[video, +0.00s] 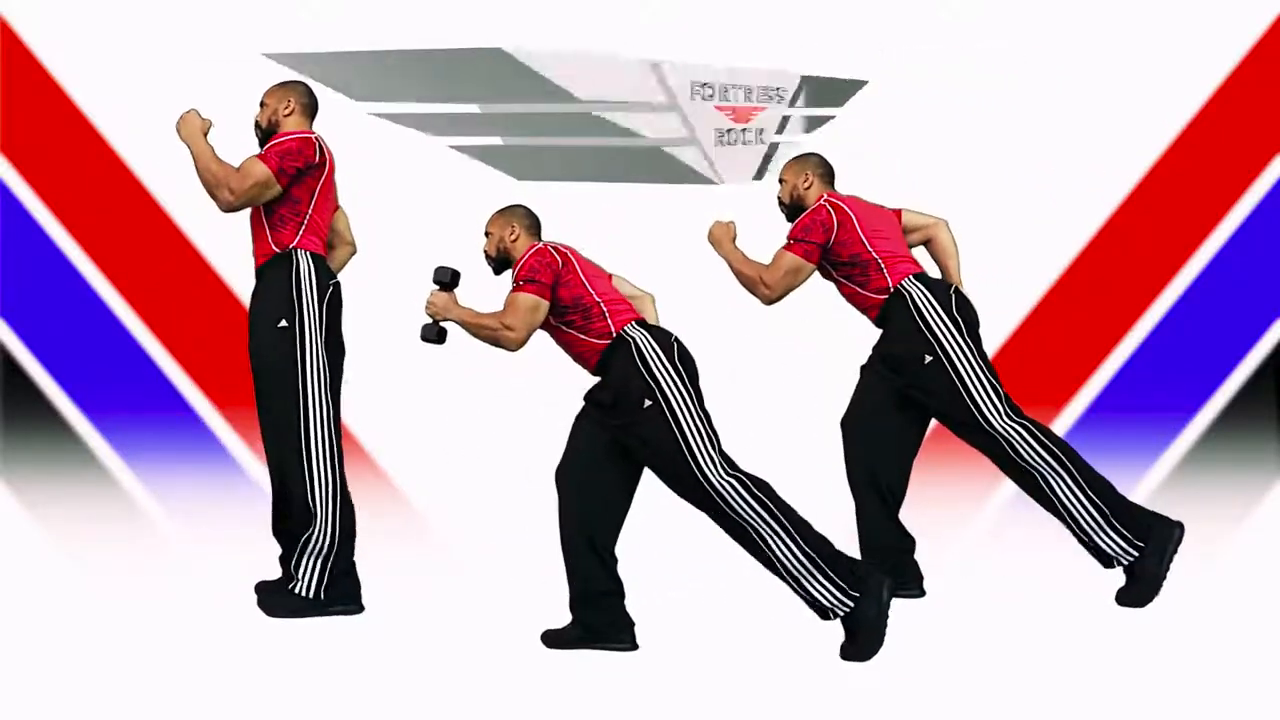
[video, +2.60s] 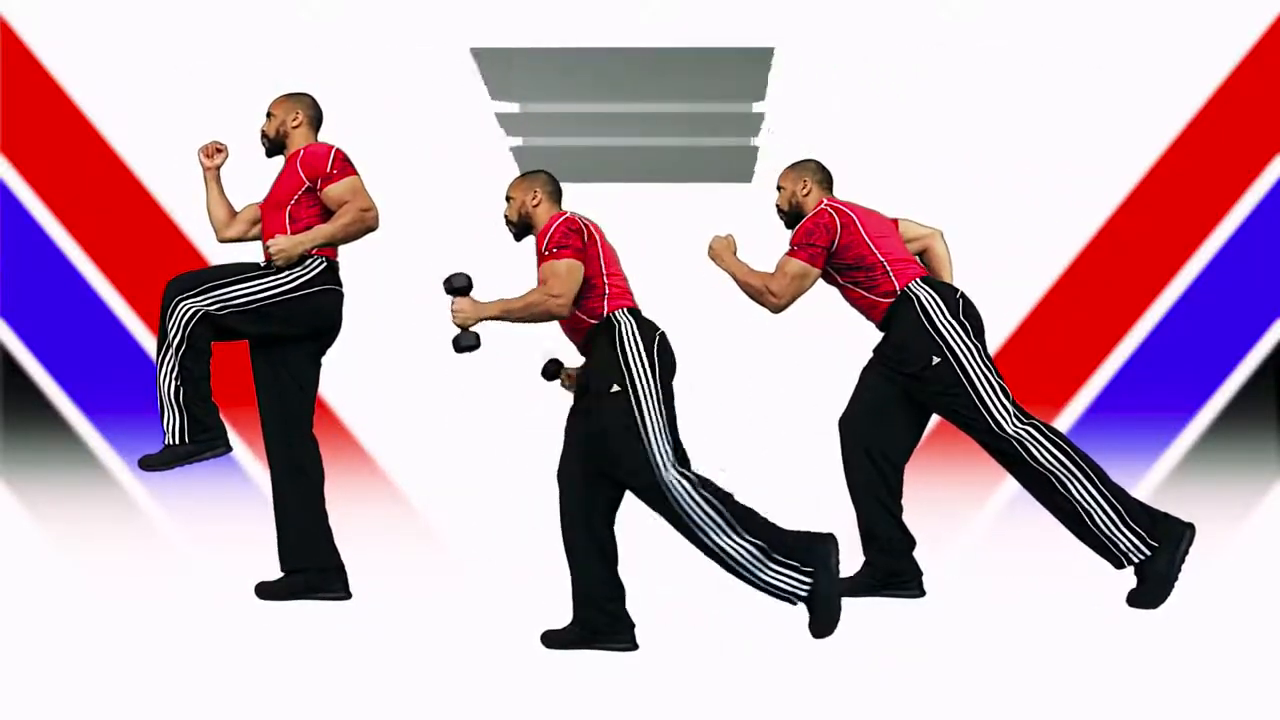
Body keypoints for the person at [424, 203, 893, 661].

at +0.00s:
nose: (484, 246)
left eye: (489, 235)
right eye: (485, 238)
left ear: (515, 231)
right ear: (525, 236)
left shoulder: (540, 258)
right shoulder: (562, 264)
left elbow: (512, 332)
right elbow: (641, 303)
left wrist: (454, 312)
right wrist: (651, 367)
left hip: (644, 360)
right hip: (621, 376)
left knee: (713, 482)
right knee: (581, 485)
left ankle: (851, 594)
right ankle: (602, 623)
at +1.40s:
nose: (498, 223)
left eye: (502, 212)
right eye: (498, 215)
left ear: (527, 210)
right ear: (531, 212)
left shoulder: (557, 238)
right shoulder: (542, 260)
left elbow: (569, 299)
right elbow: (602, 328)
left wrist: (505, 345)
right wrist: (584, 376)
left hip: (630, 353)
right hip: (604, 371)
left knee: (634, 487)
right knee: (577, 489)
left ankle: (778, 569)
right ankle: (601, 621)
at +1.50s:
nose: (511, 208)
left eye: (516, 198)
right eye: (511, 200)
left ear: (540, 196)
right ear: (542, 197)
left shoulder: (567, 222)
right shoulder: (559, 246)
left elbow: (599, 277)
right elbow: (583, 340)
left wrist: (549, 339)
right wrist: (549, 358)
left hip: (624, 341)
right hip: (607, 353)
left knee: (556, 455)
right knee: (588, 481)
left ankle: (663, 557)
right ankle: (600, 620)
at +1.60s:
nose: (521, 196)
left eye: (526, 186)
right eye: (522, 188)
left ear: (549, 184)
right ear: (553, 185)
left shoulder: (578, 211)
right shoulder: (566, 239)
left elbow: (626, 258)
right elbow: (576, 324)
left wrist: (592, 326)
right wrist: (511, 322)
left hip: (612, 343)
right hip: (616, 356)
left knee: (508, 398)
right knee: (591, 486)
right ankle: (603, 619)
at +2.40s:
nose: (526, 192)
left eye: (531, 182)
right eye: (526, 184)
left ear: (556, 181)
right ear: (557, 182)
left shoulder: (581, 211)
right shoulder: (569, 235)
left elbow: (612, 267)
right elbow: (578, 322)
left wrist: (566, 331)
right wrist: (525, 328)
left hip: (614, 333)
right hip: (612, 342)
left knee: (534, 429)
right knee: (589, 479)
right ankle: (601, 621)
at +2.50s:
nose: (517, 202)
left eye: (521, 192)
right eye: (516, 194)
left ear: (546, 188)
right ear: (549, 190)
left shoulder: (575, 220)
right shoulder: (559, 241)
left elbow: (587, 287)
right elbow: (595, 326)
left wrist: (517, 325)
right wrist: (551, 355)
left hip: (622, 341)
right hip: (598, 355)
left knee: (601, 470)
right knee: (577, 480)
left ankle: (733, 558)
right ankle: (602, 619)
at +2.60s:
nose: (505, 211)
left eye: (510, 201)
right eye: (506, 202)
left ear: (534, 196)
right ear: (541, 200)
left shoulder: (562, 226)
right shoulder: (567, 239)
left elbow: (557, 297)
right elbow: (608, 321)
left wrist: (484, 311)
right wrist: (588, 372)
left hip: (626, 345)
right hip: (605, 361)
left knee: (664, 478)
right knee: (581, 493)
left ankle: (808, 562)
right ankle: (602, 621)